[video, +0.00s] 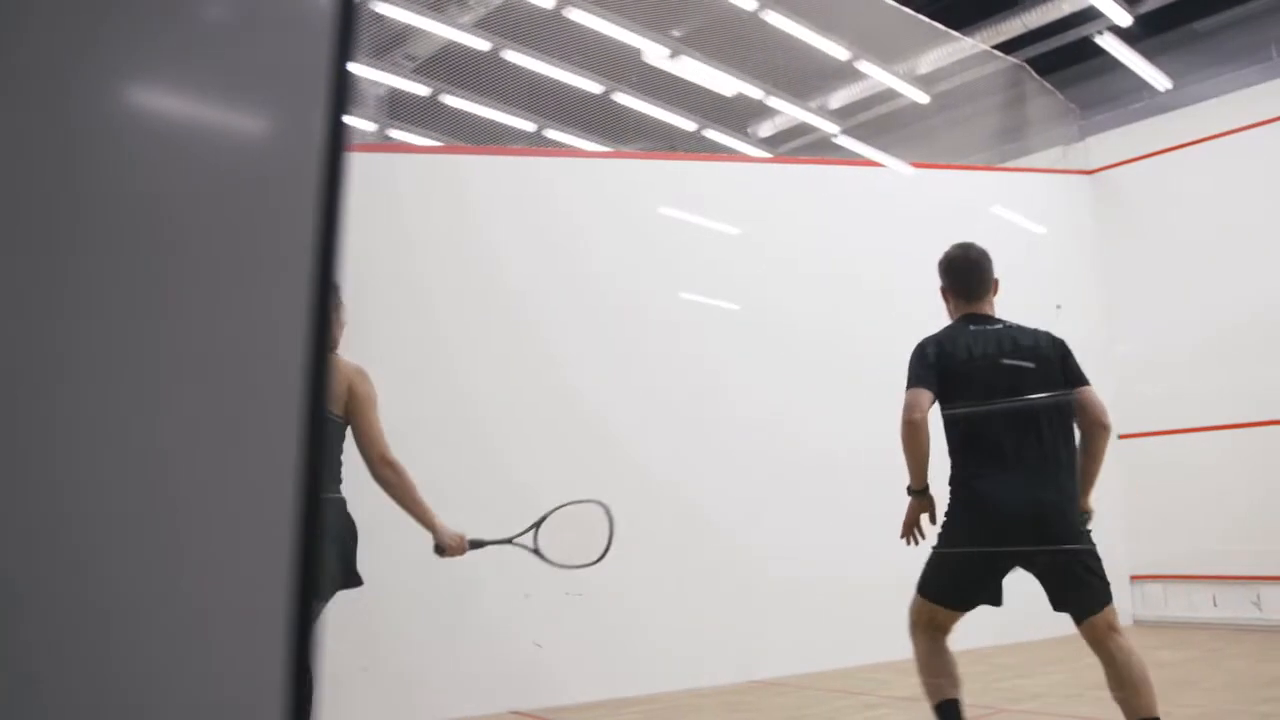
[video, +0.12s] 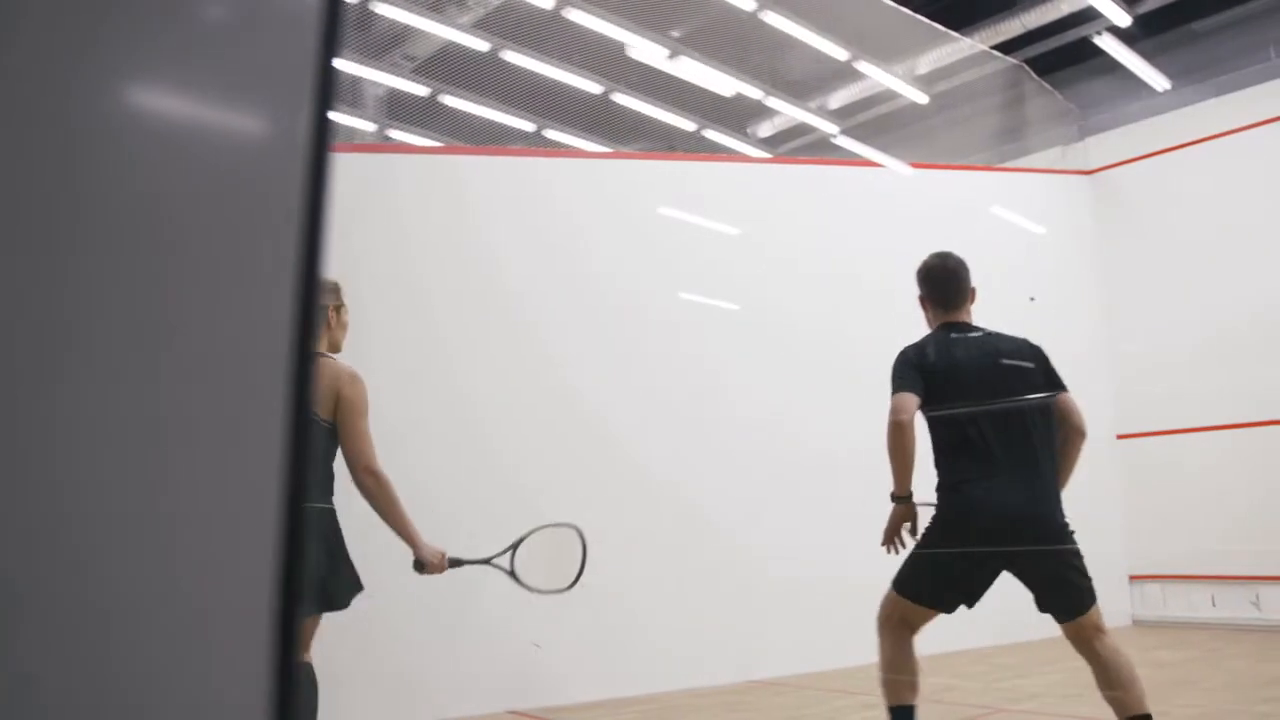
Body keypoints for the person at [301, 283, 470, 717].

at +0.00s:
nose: (342, 325)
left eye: (340, 314)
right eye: (339, 314)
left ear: (304, 320)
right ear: (330, 319)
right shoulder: (346, 378)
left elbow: (382, 464)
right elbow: (382, 465)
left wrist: (435, 526)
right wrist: (437, 528)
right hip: (317, 533)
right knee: (295, 653)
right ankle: (295, 710)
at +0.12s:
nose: (347, 325)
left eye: (345, 315)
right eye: (345, 315)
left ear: (303, 314)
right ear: (332, 315)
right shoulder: (338, 379)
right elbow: (366, 472)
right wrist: (419, 544)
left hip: (248, 523)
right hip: (304, 529)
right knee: (297, 652)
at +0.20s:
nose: (350, 327)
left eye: (349, 318)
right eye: (349, 317)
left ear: (299, 318)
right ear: (335, 317)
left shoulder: (267, 367)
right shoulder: (335, 380)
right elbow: (357, 476)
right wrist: (408, 552)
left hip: (248, 529)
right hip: (301, 534)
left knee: (256, 666)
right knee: (301, 667)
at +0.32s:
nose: (359, 326)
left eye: (358, 315)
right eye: (357, 315)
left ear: (303, 319)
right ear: (341, 316)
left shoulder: (277, 370)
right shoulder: (336, 378)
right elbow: (349, 476)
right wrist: (397, 559)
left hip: (260, 534)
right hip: (296, 537)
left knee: (313, 683)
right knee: (320, 684)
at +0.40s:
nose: (366, 319)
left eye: (365, 309)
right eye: (363, 308)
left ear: (312, 314)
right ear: (347, 311)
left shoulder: (276, 369)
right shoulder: (341, 376)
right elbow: (347, 474)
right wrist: (392, 561)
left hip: (251, 534)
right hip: (300, 538)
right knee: (334, 693)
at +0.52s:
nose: (381, 310)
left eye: (379, 299)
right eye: (377, 299)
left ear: (323, 304)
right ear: (361, 302)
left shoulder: (284, 365)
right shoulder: (353, 365)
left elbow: (265, 455)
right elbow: (350, 461)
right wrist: (388, 556)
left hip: (260, 530)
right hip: (317, 535)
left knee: (235, 673)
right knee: (355, 693)